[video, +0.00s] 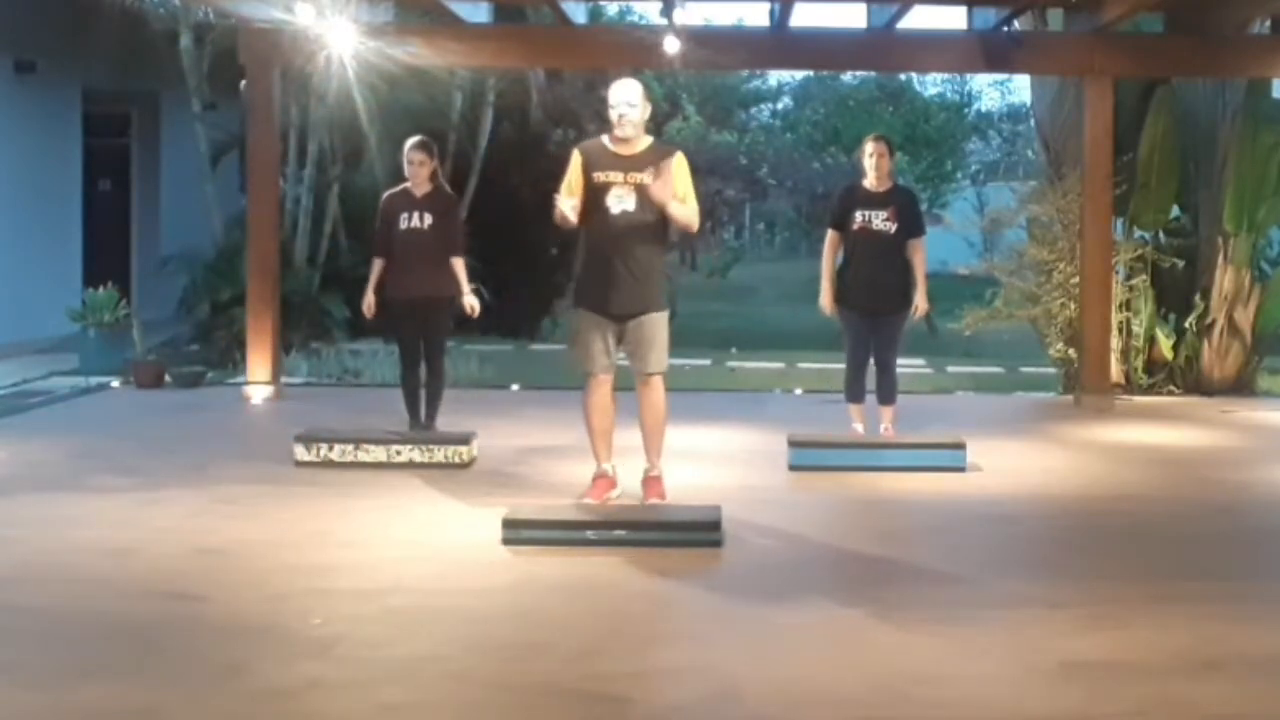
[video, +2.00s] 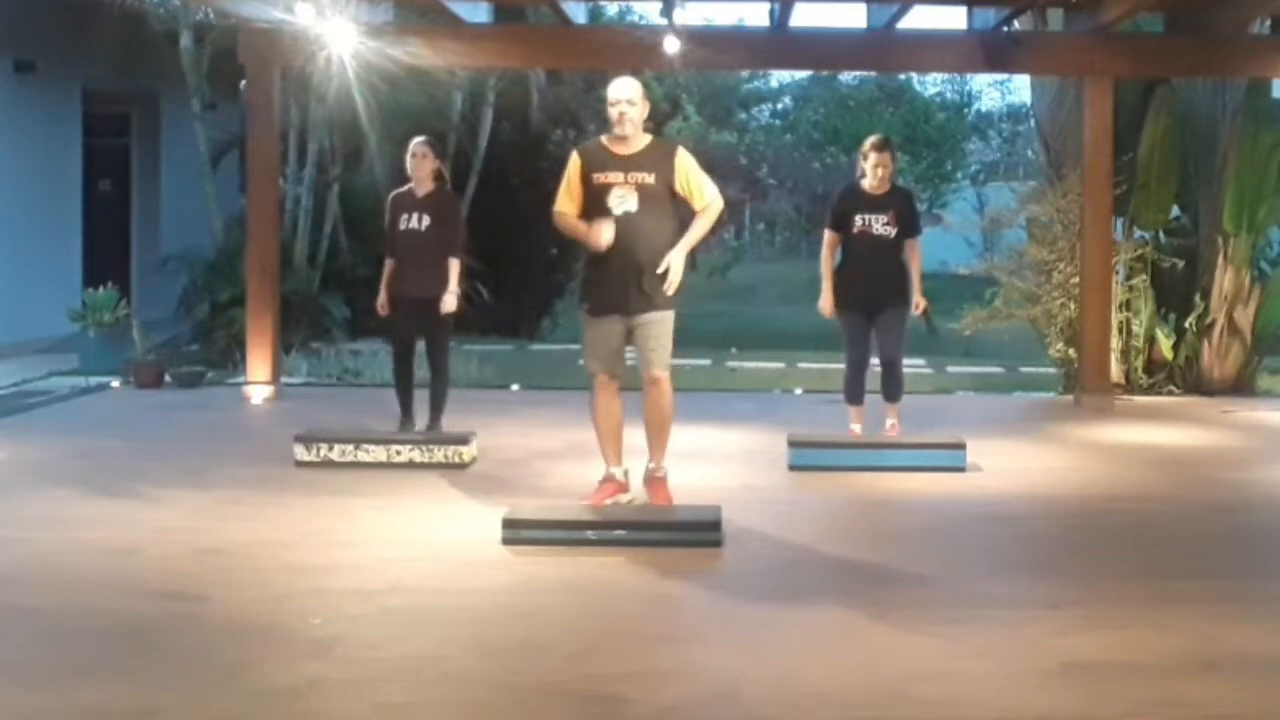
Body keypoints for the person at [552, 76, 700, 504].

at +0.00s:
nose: (623, 115)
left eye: (631, 107)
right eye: (617, 107)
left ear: (647, 111)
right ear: (607, 111)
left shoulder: (669, 159)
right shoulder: (586, 155)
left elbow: (692, 221)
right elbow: (569, 213)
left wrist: (664, 199)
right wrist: (565, 210)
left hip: (647, 289)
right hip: (594, 288)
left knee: (651, 378)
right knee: (599, 378)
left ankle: (653, 472)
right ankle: (603, 472)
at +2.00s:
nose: (620, 110)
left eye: (628, 103)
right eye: (614, 103)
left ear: (645, 108)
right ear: (605, 109)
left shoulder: (672, 156)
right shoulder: (584, 158)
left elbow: (712, 202)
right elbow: (562, 213)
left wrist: (681, 249)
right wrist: (587, 233)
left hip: (655, 290)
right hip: (603, 291)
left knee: (657, 377)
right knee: (605, 381)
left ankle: (657, 470)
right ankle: (614, 474)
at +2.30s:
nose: (630, 111)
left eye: (638, 104)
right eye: (624, 104)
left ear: (656, 110)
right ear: (615, 110)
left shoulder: (678, 158)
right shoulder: (597, 156)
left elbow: (718, 215)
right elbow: (578, 211)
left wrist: (699, 186)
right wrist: (573, 252)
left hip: (657, 292)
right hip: (603, 289)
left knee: (658, 381)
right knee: (592, 372)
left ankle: (656, 474)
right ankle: (603, 463)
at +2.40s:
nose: (628, 111)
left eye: (636, 104)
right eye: (622, 104)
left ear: (654, 109)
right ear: (613, 110)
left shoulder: (678, 155)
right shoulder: (595, 157)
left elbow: (719, 207)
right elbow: (577, 212)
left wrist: (728, 176)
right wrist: (571, 253)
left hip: (658, 288)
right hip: (603, 286)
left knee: (658, 381)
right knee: (592, 373)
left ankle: (656, 475)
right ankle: (602, 462)